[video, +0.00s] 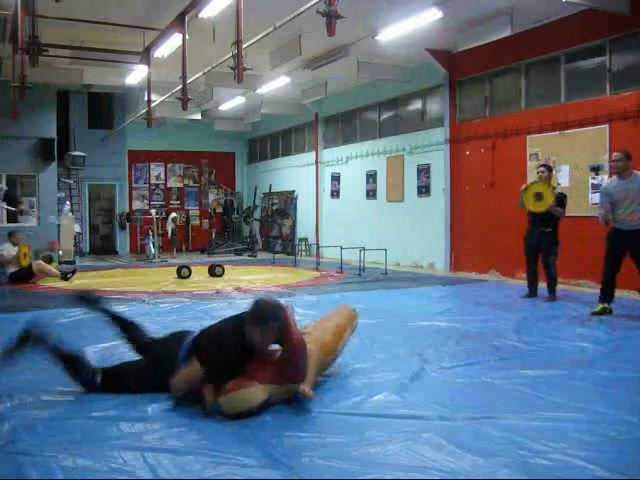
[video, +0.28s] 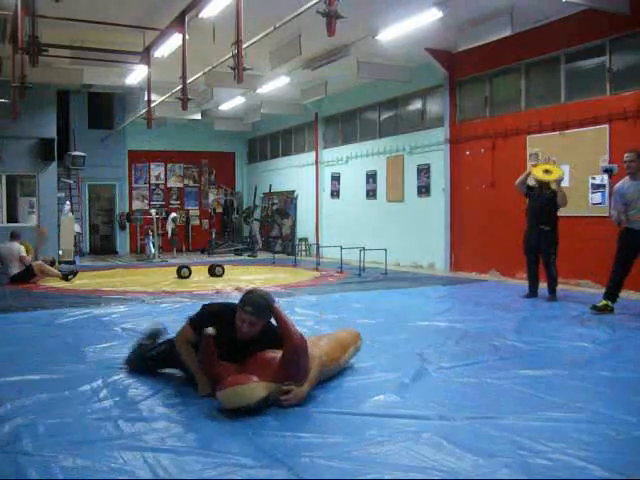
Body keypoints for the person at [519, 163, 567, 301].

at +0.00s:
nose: (540, 175)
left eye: (543, 172)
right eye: (538, 172)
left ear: (550, 174)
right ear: (537, 175)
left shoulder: (558, 194)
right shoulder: (533, 191)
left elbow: (561, 213)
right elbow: (523, 206)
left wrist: (551, 207)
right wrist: (523, 194)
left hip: (549, 231)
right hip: (533, 230)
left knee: (549, 263)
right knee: (531, 262)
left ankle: (552, 292)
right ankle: (532, 290)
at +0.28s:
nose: (543, 175)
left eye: (547, 172)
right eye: (541, 172)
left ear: (551, 176)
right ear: (537, 175)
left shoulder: (554, 191)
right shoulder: (532, 190)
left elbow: (562, 203)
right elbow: (519, 184)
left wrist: (558, 185)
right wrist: (529, 171)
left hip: (548, 229)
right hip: (533, 227)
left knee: (549, 262)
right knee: (531, 261)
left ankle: (552, 291)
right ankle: (532, 290)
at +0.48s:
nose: (532, 178)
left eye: (535, 175)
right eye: (531, 175)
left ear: (543, 177)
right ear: (530, 179)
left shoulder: (554, 192)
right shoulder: (530, 191)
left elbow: (566, 184)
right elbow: (520, 177)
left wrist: (564, 169)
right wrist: (532, 162)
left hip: (550, 228)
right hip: (534, 228)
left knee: (550, 261)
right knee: (532, 261)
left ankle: (553, 292)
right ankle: (533, 290)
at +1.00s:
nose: (539, 176)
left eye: (541, 174)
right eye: (537, 174)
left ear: (547, 176)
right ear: (534, 177)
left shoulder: (551, 188)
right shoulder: (532, 191)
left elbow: (553, 164)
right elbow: (517, 187)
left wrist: (549, 157)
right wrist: (519, 173)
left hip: (548, 225)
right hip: (535, 226)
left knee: (547, 260)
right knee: (533, 259)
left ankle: (551, 291)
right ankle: (536, 289)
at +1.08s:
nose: (537, 176)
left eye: (540, 174)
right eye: (538, 173)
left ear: (545, 176)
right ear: (541, 177)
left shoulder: (549, 189)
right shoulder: (537, 192)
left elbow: (549, 166)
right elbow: (520, 198)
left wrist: (538, 156)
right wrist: (518, 182)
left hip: (546, 227)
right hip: (536, 227)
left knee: (543, 259)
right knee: (533, 259)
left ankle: (551, 291)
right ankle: (536, 289)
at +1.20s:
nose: (539, 175)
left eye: (543, 172)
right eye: (539, 172)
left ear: (549, 176)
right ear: (541, 175)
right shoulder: (542, 189)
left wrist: (521, 200)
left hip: (546, 228)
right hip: (537, 228)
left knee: (542, 259)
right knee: (533, 259)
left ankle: (550, 291)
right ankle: (536, 289)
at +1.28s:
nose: (539, 177)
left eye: (542, 175)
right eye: (539, 174)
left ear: (548, 178)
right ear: (546, 177)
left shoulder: (548, 190)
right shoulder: (541, 190)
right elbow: (538, 214)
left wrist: (528, 174)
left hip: (547, 231)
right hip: (538, 230)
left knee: (542, 260)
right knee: (533, 260)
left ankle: (550, 291)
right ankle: (536, 290)